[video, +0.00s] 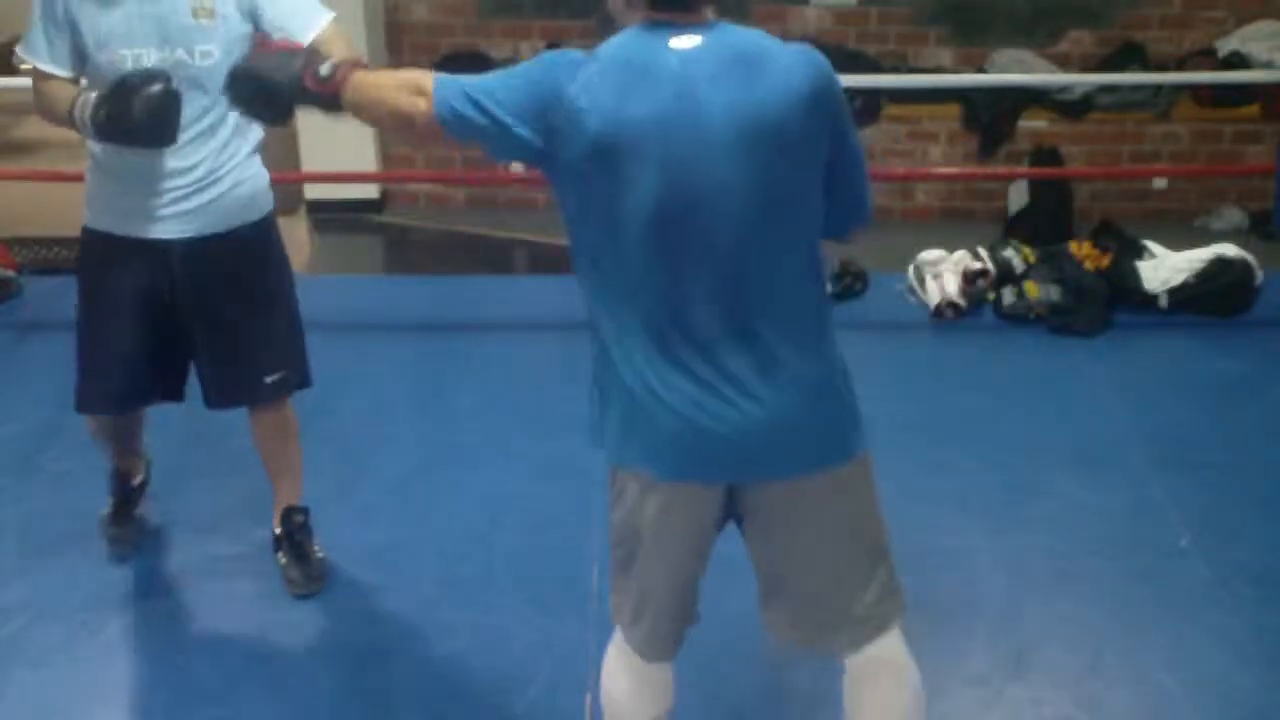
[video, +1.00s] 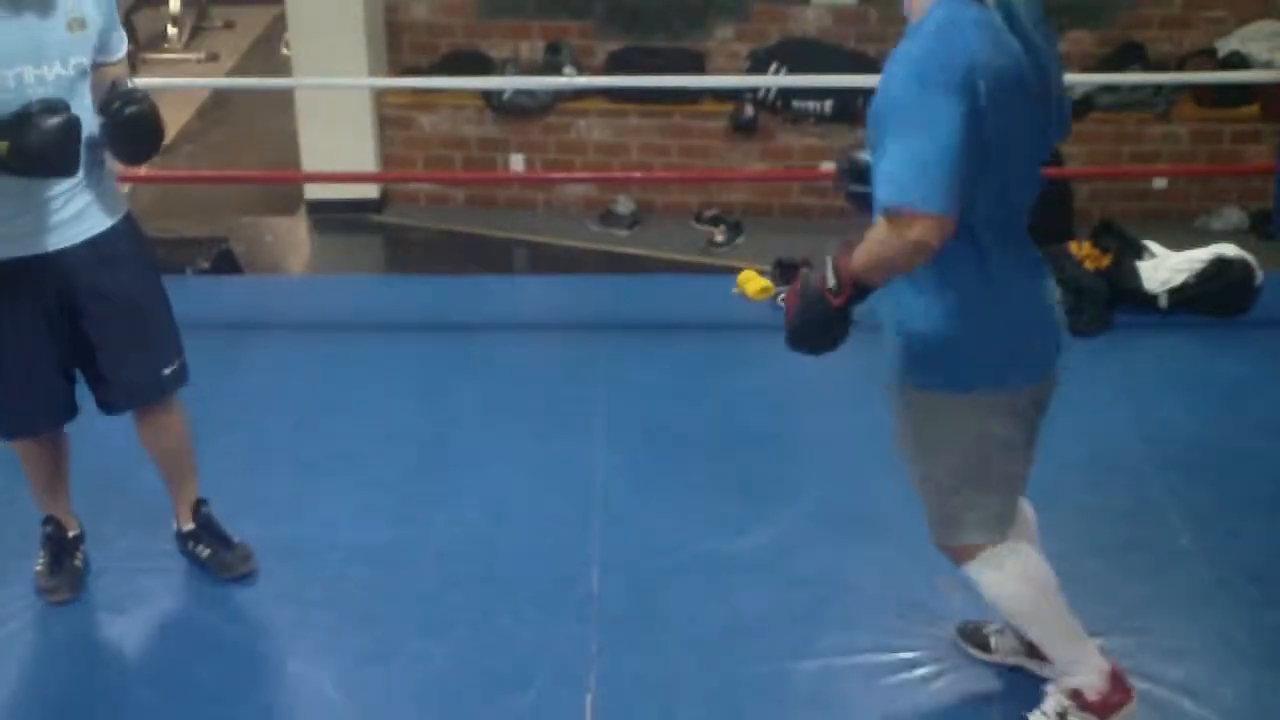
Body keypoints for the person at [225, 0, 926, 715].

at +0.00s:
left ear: (628, 0)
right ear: (722, 0)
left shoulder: (575, 84)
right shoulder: (801, 75)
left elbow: (427, 104)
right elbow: (844, 220)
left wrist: (321, 81)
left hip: (662, 432)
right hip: (805, 422)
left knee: (644, 649)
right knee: (871, 642)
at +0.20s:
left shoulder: (610, 72)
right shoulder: (829, 69)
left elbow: (489, 206)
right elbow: (867, 221)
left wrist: (421, 266)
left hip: (677, 409)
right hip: (813, 395)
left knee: (644, 627)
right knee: (873, 586)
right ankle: (910, 712)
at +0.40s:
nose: (699, 5)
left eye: (702, 2)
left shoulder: (687, 74)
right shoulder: (886, 65)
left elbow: (676, 253)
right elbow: (920, 206)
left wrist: (667, 398)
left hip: (735, 392)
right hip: (852, 378)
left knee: (675, 593)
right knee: (869, 516)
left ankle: (649, 713)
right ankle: (911, 670)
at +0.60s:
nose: (772, 5)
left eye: (776, 1)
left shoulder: (830, 76)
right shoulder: (937, 50)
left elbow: (828, 245)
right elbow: (936, 192)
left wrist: (761, 372)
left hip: (844, 375)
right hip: (924, 361)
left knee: (755, 555)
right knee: (874, 495)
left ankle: (730, 708)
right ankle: (912, 662)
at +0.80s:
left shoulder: (891, 7)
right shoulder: (993, 5)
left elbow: (912, 139)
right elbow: (1018, 55)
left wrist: (844, 239)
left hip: (903, 293)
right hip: (980, 277)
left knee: (885, 486)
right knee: (951, 454)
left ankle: (954, 680)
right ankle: (958, 611)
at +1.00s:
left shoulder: (926, 62)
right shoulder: (1013, 27)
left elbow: (919, 225)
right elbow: (1039, 149)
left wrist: (836, 283)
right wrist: (893, 179)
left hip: (963, 347)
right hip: (1017, 323)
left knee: (970, 534)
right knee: (999, 496)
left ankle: (1093, 683)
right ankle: (1038, 632)